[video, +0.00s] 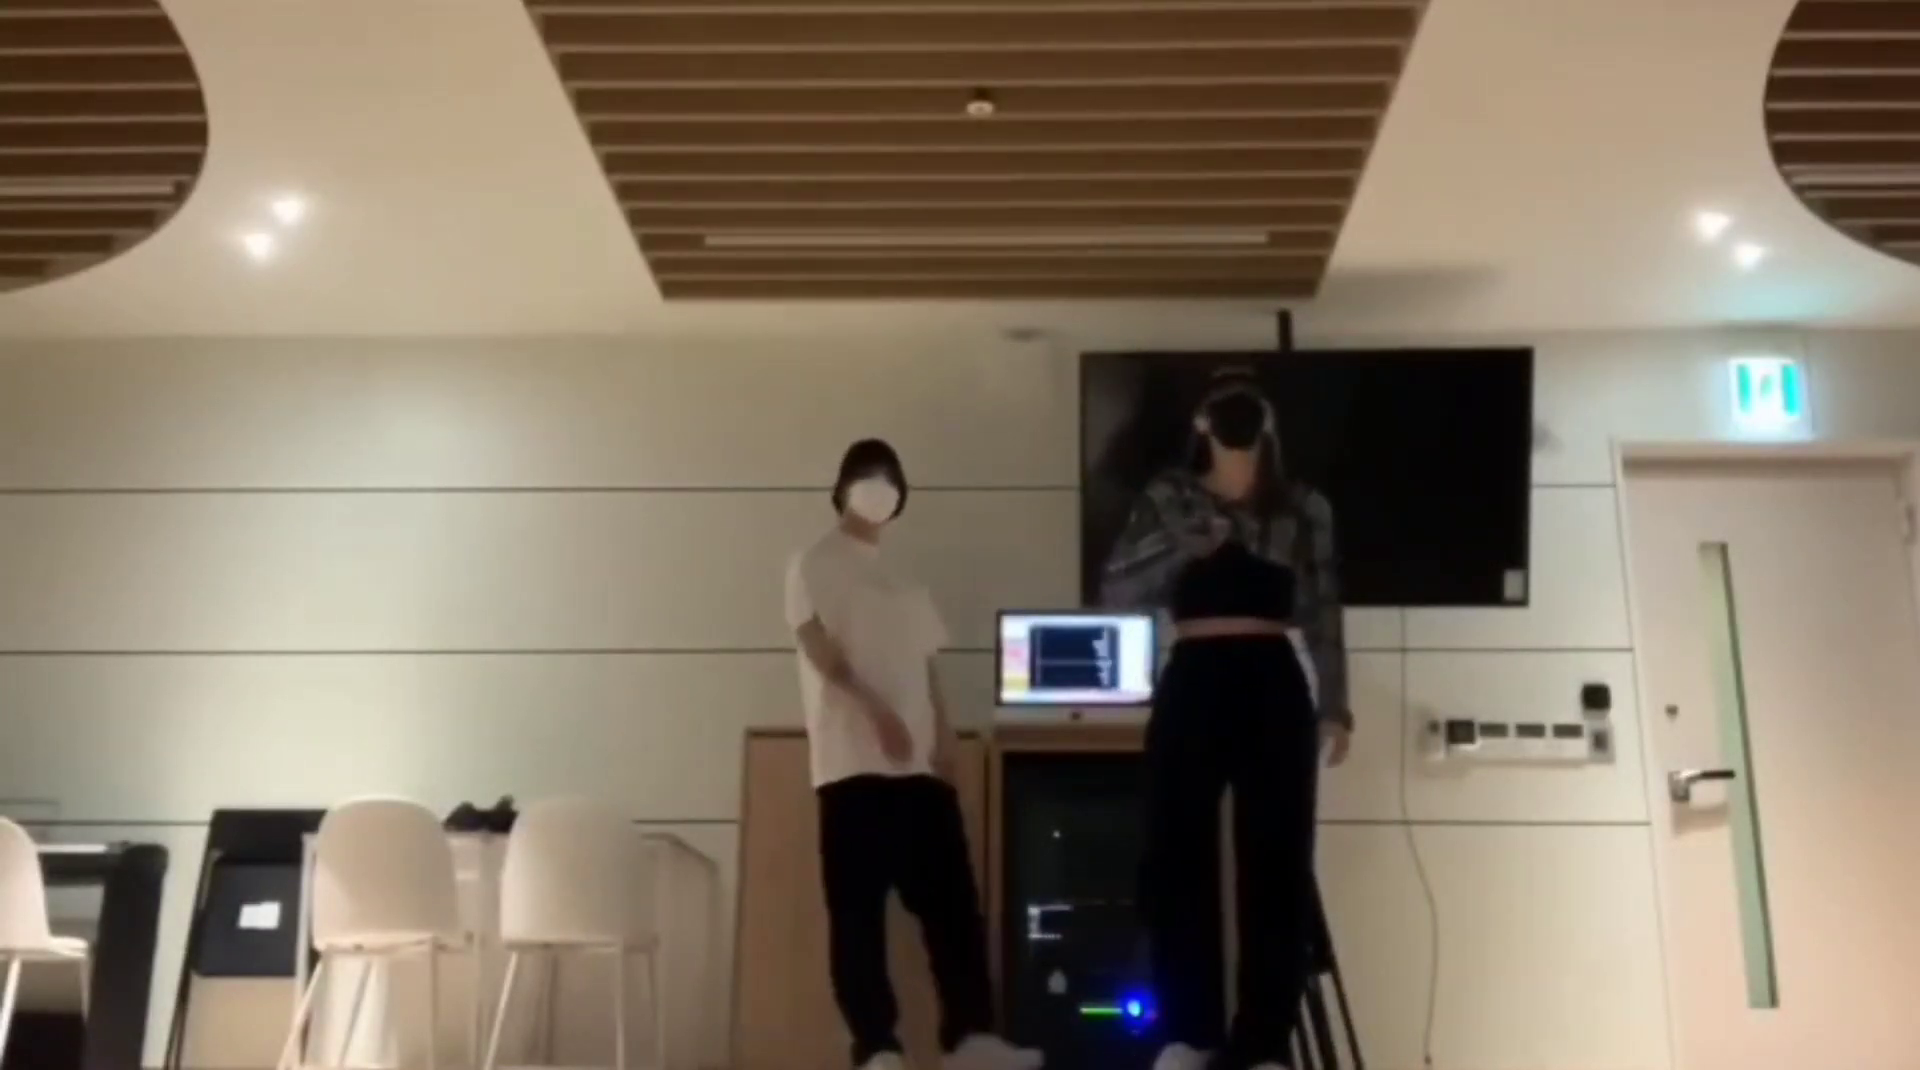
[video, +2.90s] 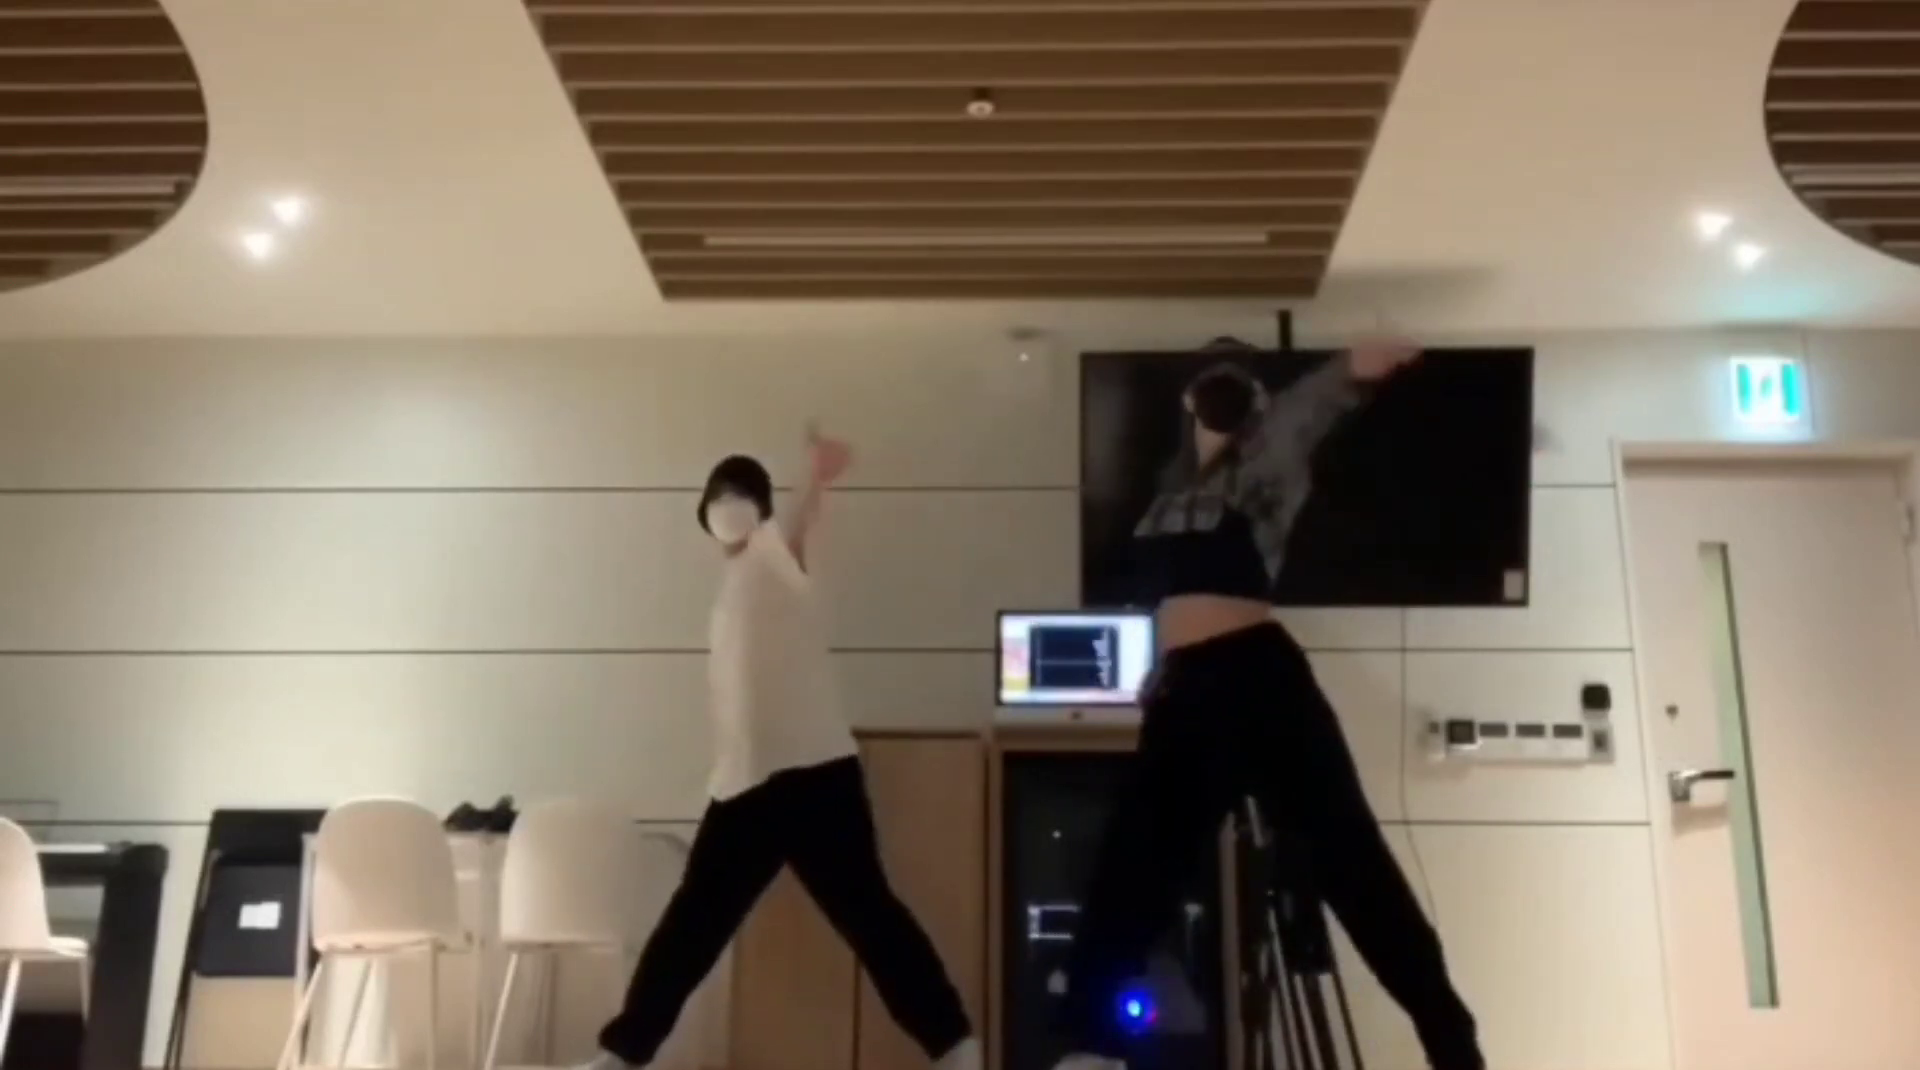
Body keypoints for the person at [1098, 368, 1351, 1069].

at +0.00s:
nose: (1238, 419)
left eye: (1251, 406)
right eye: (1224, 408)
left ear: (1270, 425)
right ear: (1201, 425)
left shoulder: (1302, 507)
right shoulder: (1170, 498)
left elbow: (1322, 612)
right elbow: (1115, 588)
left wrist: (1334, 704)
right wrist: (1185, 547)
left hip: (1275, 687)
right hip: (1194, 685)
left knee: (1276, 863)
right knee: (1179, 856)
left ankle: (1265, 1040)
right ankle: (1188, 1034)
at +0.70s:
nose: (1211, 434)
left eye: (1223, 423)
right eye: (1196, 425)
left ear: (1242, 440)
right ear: (1173, 441)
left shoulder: (1278, 524)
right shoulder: (1141, 523)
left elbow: (1300, 623)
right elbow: (1106, 606)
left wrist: (1310, 713)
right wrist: (1159, 635)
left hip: (1257, 710)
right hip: (1182, 711)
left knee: (1265, 872)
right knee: (1186, 874)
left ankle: (1261, 1038)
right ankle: (1200, 1037)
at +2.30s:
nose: (1169, 410)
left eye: (1181, 397)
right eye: (1153, 399)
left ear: (1201, 413)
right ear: (1129, 417)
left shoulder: (1228, 494)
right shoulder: (1096, 493)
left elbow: (1244, 586)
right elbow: (1056, 585)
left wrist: (1237, 634)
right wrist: (1085, 678)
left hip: (1202, 689)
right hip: (1123, 688)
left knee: (1194, 829)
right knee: (1108, 839)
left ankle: (1186, 971)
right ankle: (1100, 993)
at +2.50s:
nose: (1177, 418)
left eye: (1188, 407)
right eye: (1163, 407)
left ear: (1207, 423)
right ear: (1137, 424)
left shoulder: (1229, 497)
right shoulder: (1100, 506)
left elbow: (1260, 561)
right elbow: (1068, 596)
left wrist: (1309, 573)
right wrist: (1092, 652)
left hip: (1222, 698)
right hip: (1134, 700)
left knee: (1291, 852)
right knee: (1083, 858)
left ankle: (1405, 1032)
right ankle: (1090, 1035)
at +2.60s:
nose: (1175, 423)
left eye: (1188, 411)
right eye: (1162, 412)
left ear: (1210, 429)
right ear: (1140, 428)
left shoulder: (1244, 489)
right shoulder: (1121, 507)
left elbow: (1346, 527)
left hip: (1253, 695)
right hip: (1167, 712)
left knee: (1348, 861)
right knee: (1105, 864)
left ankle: (1446, 1056)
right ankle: (1086, 1041)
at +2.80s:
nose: (1200, 413)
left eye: (1210, 401)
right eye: (1193, 401)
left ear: (1225, 418)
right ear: (1174, 418)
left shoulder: (1251, 476)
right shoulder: (1149, 498)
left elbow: (1338, 467)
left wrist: (1455, 451)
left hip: (1260, 683)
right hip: (1183, 702)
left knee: (1358, 860)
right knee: (1121, 865)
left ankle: (1447, 1050)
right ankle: (1083, 1041)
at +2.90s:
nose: (1218, 403)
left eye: (1233, 391)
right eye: (1207, 393)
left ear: (1252, 412)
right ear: (1189, 413)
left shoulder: (1264, 474)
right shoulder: (1174, 494)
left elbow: (1298, 417)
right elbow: (1175, 607)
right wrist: (1157, 675)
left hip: (1263, 674)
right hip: (1185, 687)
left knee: (1347, 856)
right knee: (1134, 861)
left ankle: (1449, 1040)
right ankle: (1084, 1036)